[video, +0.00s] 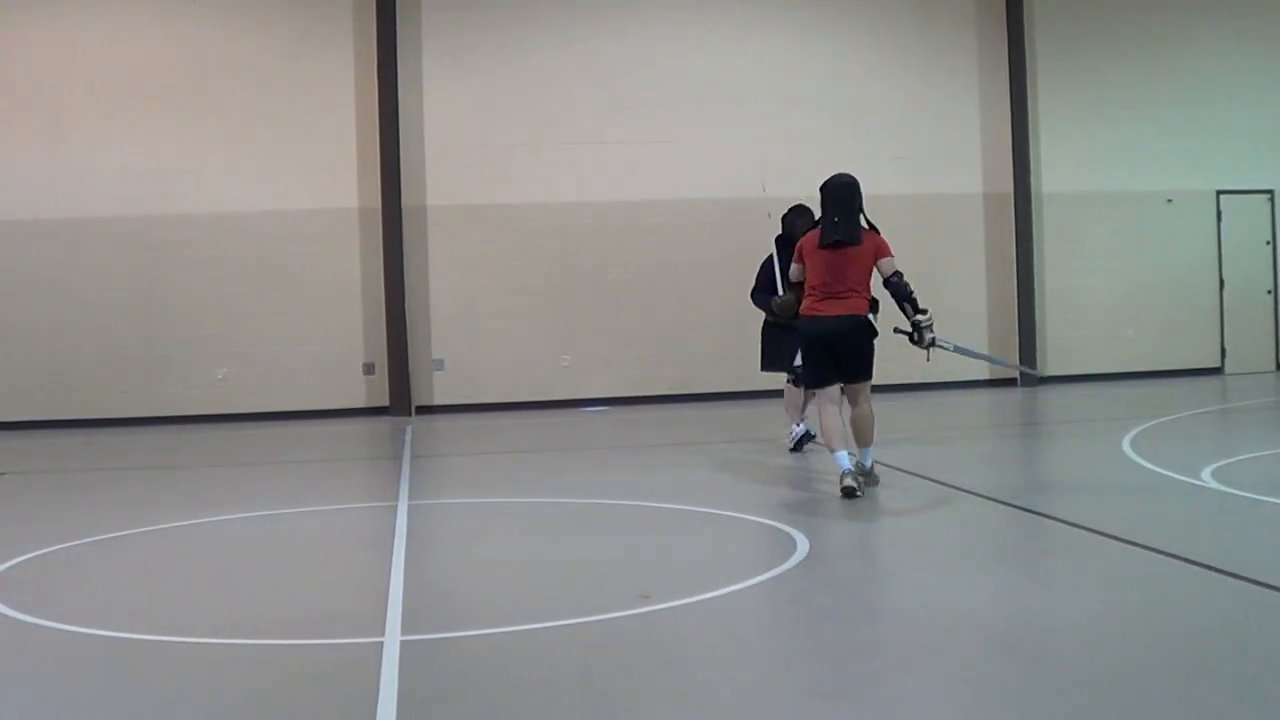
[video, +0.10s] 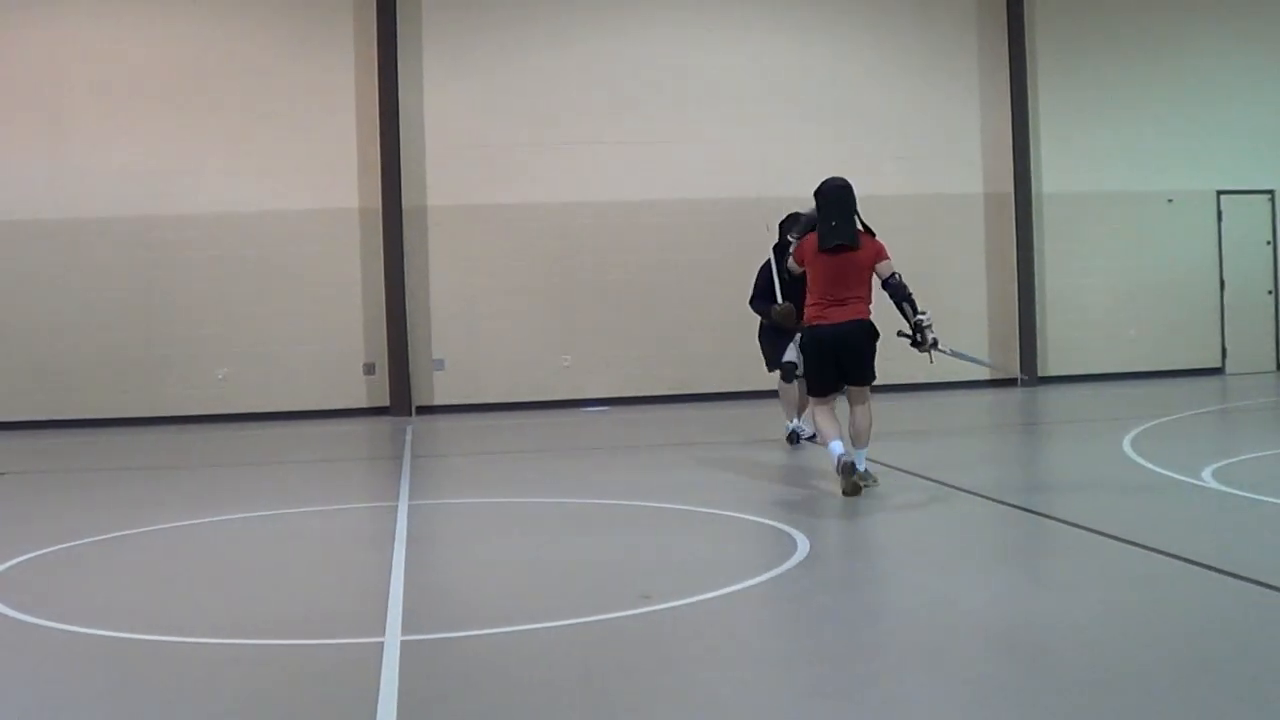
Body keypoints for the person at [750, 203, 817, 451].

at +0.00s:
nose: (808, 232)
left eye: (810, 226)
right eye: (803, 227)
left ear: (814, 227)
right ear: (790, 229)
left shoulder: (818, 256)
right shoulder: (778, 259)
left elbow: (840, 284)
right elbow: (758, 293)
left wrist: (867, 301)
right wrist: (774, 304)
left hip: (812, 322)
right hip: (785, 325)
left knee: (814, 375)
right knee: (796, 374)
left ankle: (799, 420)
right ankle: (796, 426)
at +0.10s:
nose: (798, 242)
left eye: (803, 237)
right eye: (794, 236)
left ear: (809, 238)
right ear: (784, 236)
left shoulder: (814, 263)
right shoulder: (774, 265)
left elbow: (822, 292)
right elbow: (756, 300)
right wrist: (773, 311)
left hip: (807, 325)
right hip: (777, 326)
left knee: (807, 372)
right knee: (788, 368)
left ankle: (800, 421)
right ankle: (791, 423)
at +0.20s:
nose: (790, 244)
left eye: (794, 239)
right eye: (785, 238)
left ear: (802, 240)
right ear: (777, 238)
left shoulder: (806, 262)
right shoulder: (767, 263)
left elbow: (816, 290)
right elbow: (750, 297)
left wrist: (809, 312)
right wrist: (769, 308)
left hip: (802, 323)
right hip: (772, 323)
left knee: (802, 374)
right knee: (780, 372)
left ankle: (796, 420)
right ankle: (781, 416)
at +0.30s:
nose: (784, 238)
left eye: (789, 231)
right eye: (779, 231)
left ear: (794, 231)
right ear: (770, 232)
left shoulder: (802, 254)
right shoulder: (758, 256)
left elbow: (814, 285)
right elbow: (743, 289)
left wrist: (804, 309)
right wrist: (761, 301)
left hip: (799, 317)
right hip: (767, 320)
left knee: (799, 375)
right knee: (769, 375)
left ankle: (796, 422)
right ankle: (766, 405)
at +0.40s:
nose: (779, 226)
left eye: (782, 220)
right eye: (773, 220)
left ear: (787, 222)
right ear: (762, 224)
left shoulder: (793, 250)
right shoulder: (751, 254)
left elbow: (805, 281)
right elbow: (736, 287)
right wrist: (755, 296)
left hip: (792, 318)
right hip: (760, 320)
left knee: (796, 373)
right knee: (759, 374)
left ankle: (795, 420)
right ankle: (753, 414)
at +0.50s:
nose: (770, 235)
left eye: (773, 230)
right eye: (764, 230)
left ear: (778, 229)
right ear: (754, 231)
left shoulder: (785, 254)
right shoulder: (743, 259)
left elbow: (797, 284)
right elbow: (730, 292)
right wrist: (750, 300)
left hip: (785, 318)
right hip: (753, 321)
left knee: (790, 371)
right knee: (753, 373)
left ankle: (793, 419)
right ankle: (751, 416)